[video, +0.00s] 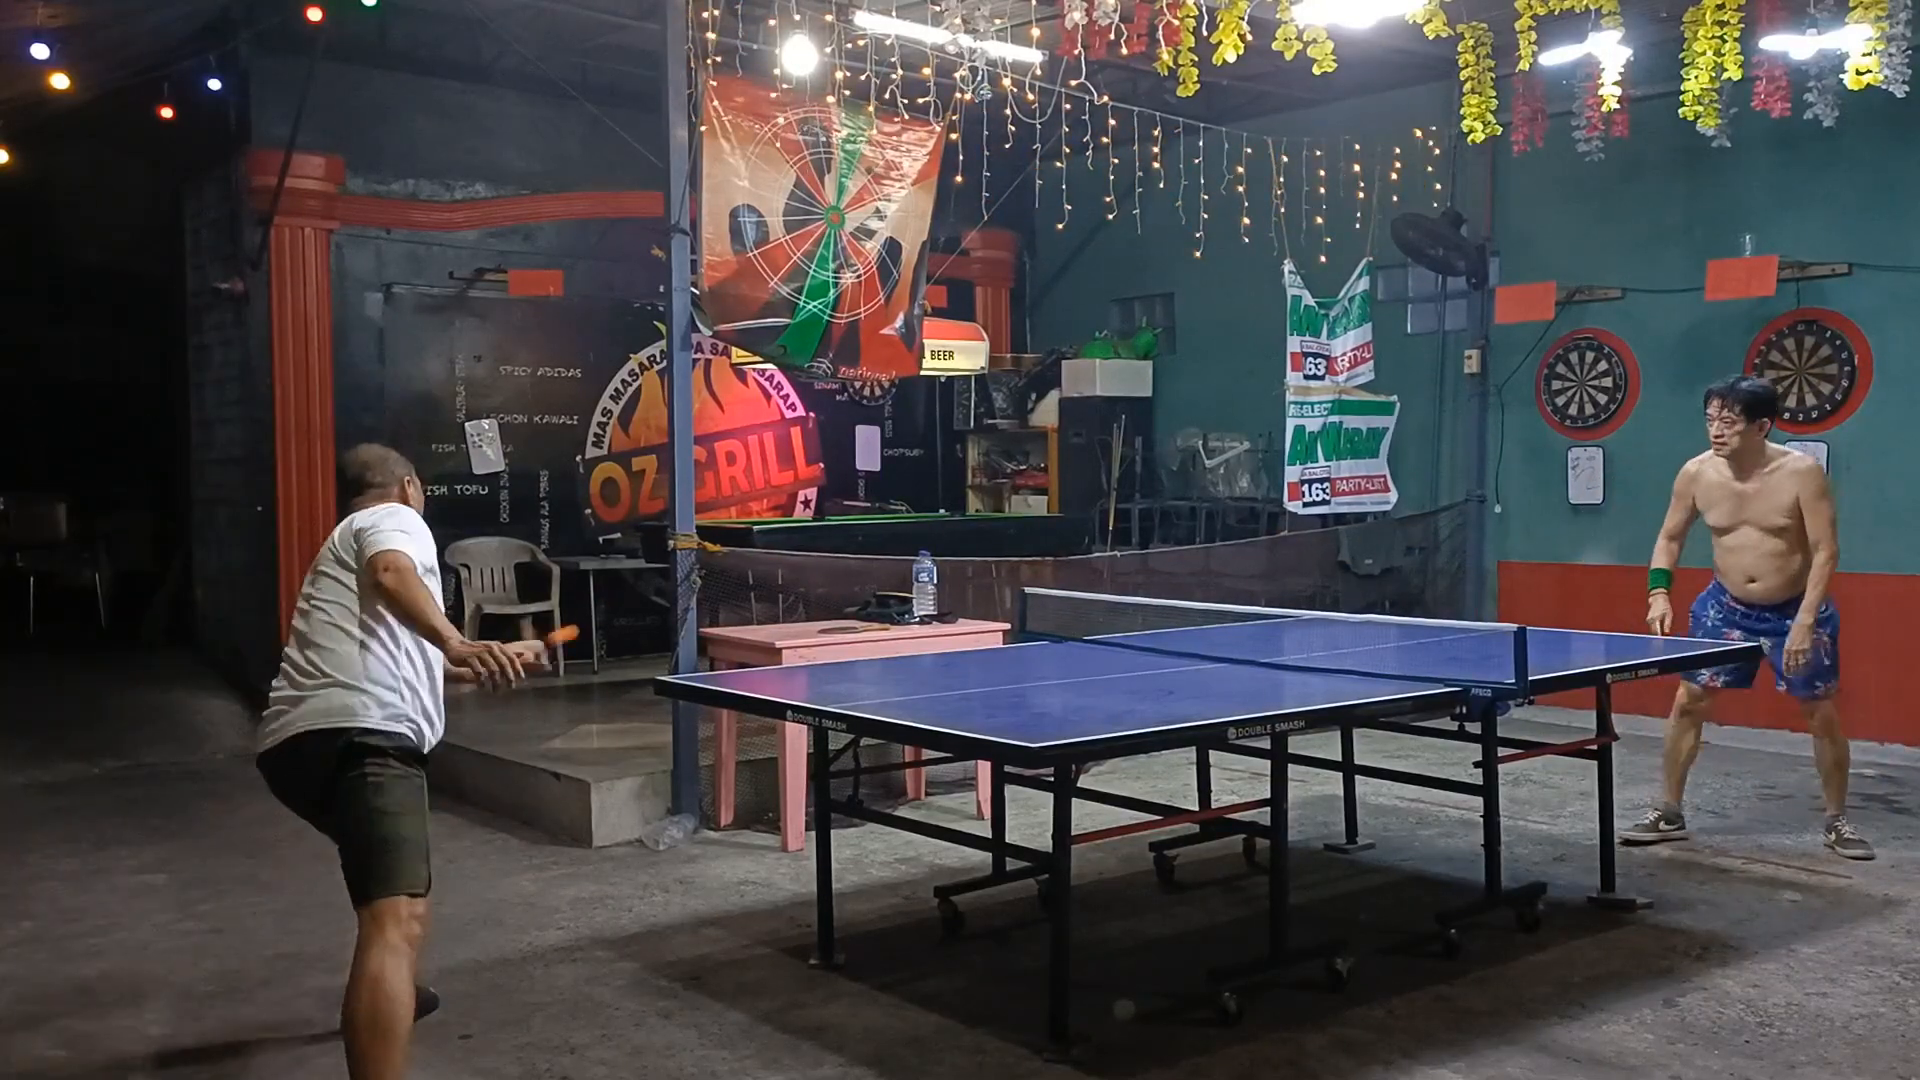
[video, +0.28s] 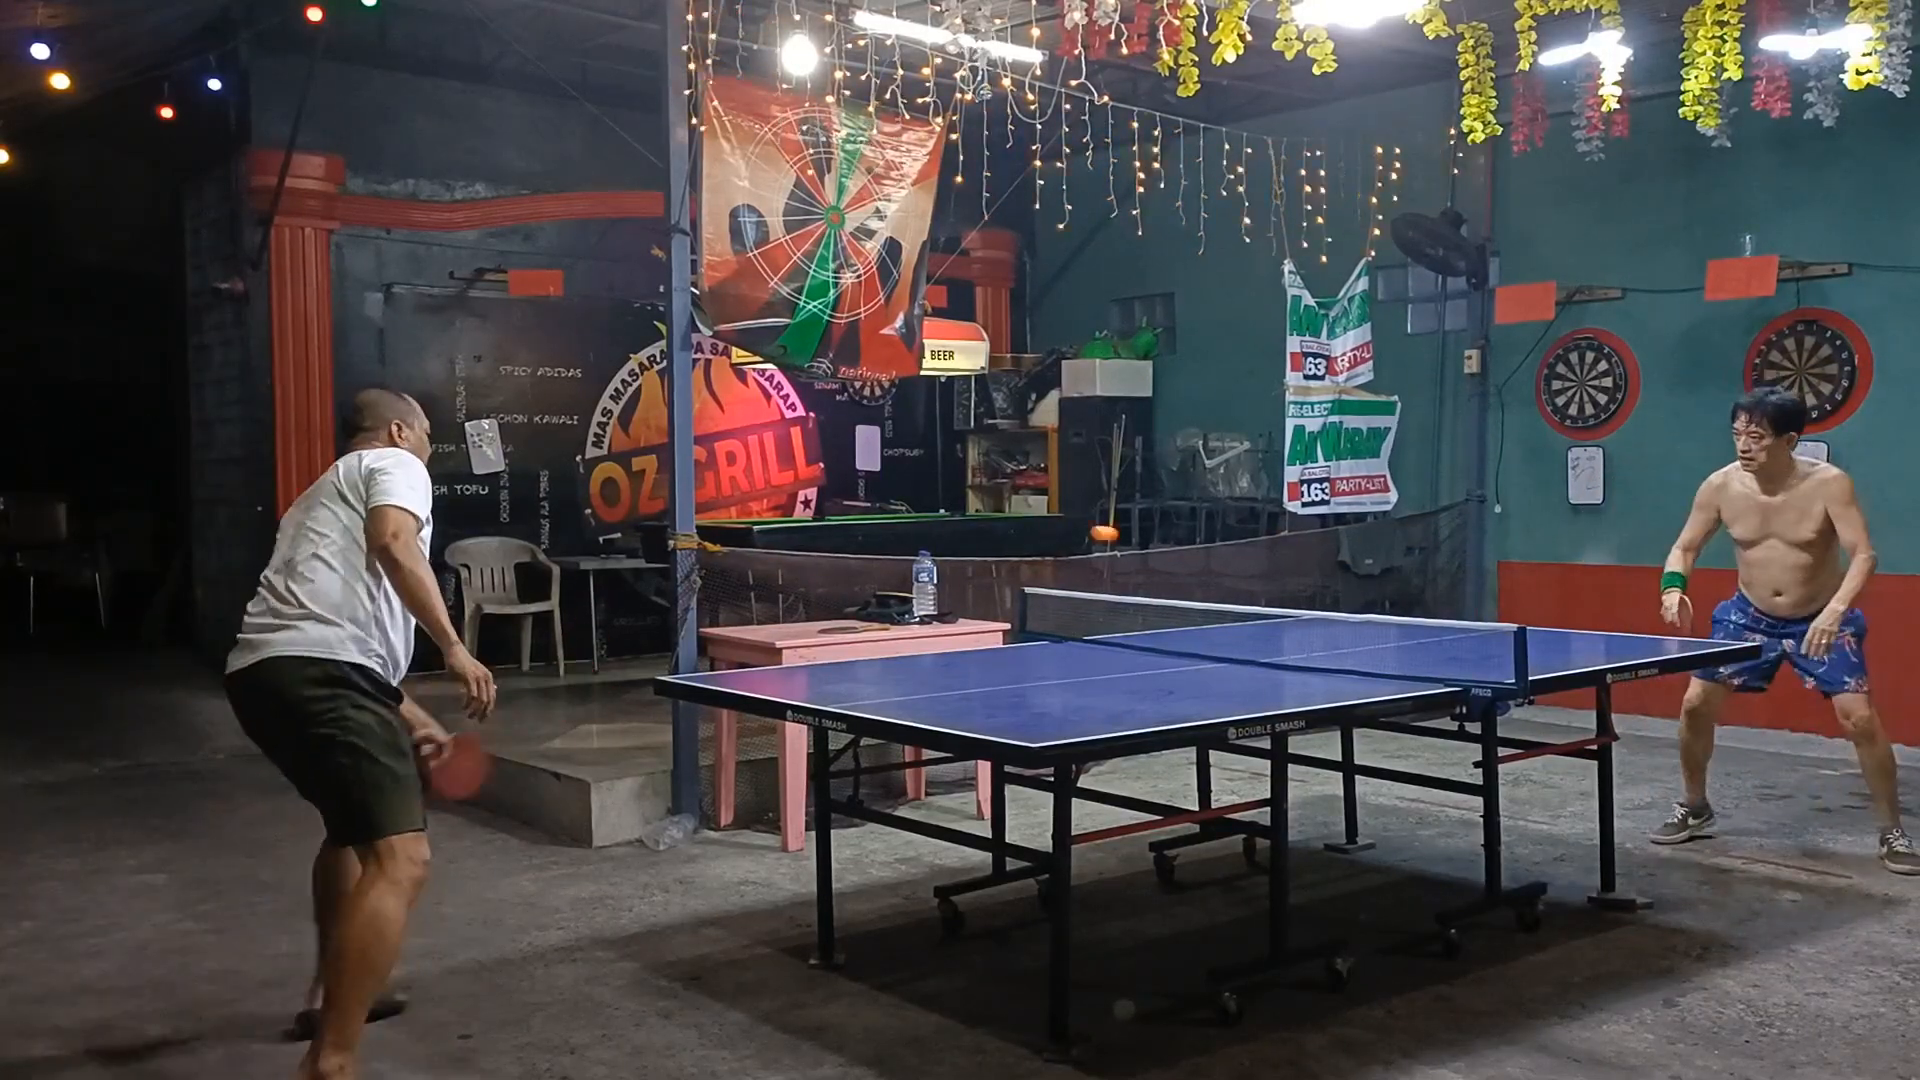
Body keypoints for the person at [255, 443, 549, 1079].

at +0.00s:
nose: (424, 501)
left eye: (420, 492)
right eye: (422, 491)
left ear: (355, 498)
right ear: (409, 487)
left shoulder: (339, 551)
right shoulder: (392, 516)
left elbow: (407, 658)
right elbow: (388, 573)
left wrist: (502, 657)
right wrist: (455, 642)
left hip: (292, 742)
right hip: (363, 733)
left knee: (394, 868)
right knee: (394, 924)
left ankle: (385, 990)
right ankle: (377, 1069)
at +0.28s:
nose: (428, 448)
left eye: (427, 436)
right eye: (425, 436)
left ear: (361, 436)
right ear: (397, 432)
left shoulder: (324, 492)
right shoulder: (394, 462)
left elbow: (336, 621)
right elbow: (390, 539)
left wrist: (408, 713)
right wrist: (454, 646)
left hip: (262, 665)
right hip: (322, 664)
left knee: (348, 829)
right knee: (400, 858)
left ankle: (333, 991)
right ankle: (333, 1061)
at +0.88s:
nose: (408, 384)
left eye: (404, 370)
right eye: (397, 370)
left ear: (345, 380)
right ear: (354, 379)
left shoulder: (323, 447)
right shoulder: (319, 445)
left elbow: (301, 588)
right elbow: (296, 580)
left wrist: (362, 703)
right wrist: (375, 689)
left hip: (293, 694)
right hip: (269, 697)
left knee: (361, 853)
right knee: (334, 897)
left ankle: (295, 1029)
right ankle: (269, 1064)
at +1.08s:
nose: (416, 451)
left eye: (415, 436)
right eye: (404, 436)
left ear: (353, 444)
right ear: (348, 442)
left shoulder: (364, 533)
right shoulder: (266, 518)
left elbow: (355, 651)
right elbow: (233, 663)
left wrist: (397, 723)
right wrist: (317, 779)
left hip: (290, 745)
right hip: (208, 747)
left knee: (371, 871)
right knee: (321, 919)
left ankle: (293, 1034)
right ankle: (257, 1069)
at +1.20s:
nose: (430, 476)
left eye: (430, 461)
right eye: (417, 461)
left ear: (373, 465)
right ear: (359, 460)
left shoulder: (379, 548)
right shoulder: (242, 520)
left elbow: (369, 671)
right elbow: (168, 647)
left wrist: (435, 683)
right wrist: (229, 766)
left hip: (285, 753)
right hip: (181, 752)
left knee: (355, 885)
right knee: (285, 916)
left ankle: (285, 1035)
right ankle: (248, 1070)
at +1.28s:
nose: (432, 489)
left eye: (434, 473)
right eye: (422, 472)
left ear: (369, 465)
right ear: (364, 463)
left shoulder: (379, 556)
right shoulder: (232, 508)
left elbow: (387, 684)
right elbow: (118, 603)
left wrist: (488, 684)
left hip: (276, 753)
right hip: (176, 750)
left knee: (324, 893)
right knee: (260, 922)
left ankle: (281, 1035)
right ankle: (241, 1069)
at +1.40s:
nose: (428, 480)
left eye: (430, 463)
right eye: (419, 460)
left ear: (368, 455)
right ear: (361, 450)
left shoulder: (366, 557)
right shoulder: (225, 493)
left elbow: (356, 684)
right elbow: (78, 566)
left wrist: (475, 693)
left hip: (249, 746)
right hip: (140, 740)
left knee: (296, 890)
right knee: (252, 932)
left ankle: (285, 1033)